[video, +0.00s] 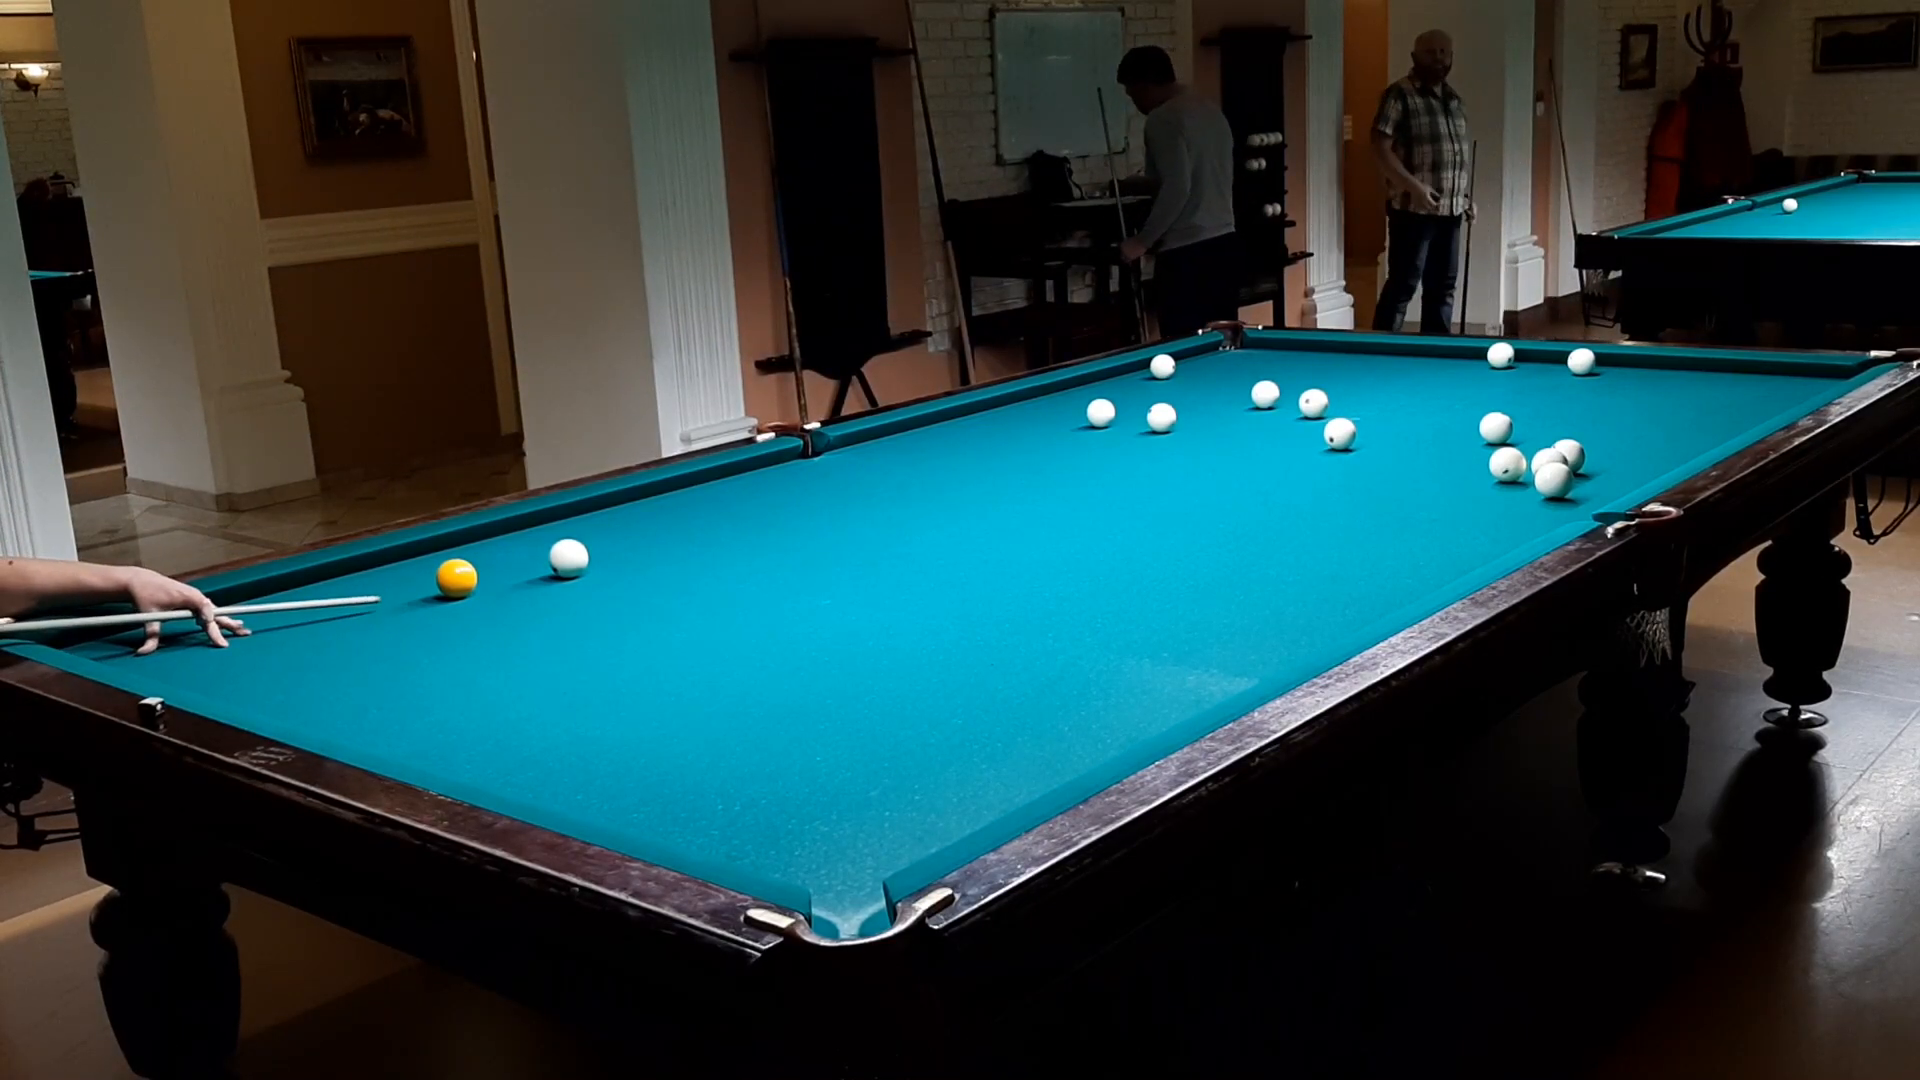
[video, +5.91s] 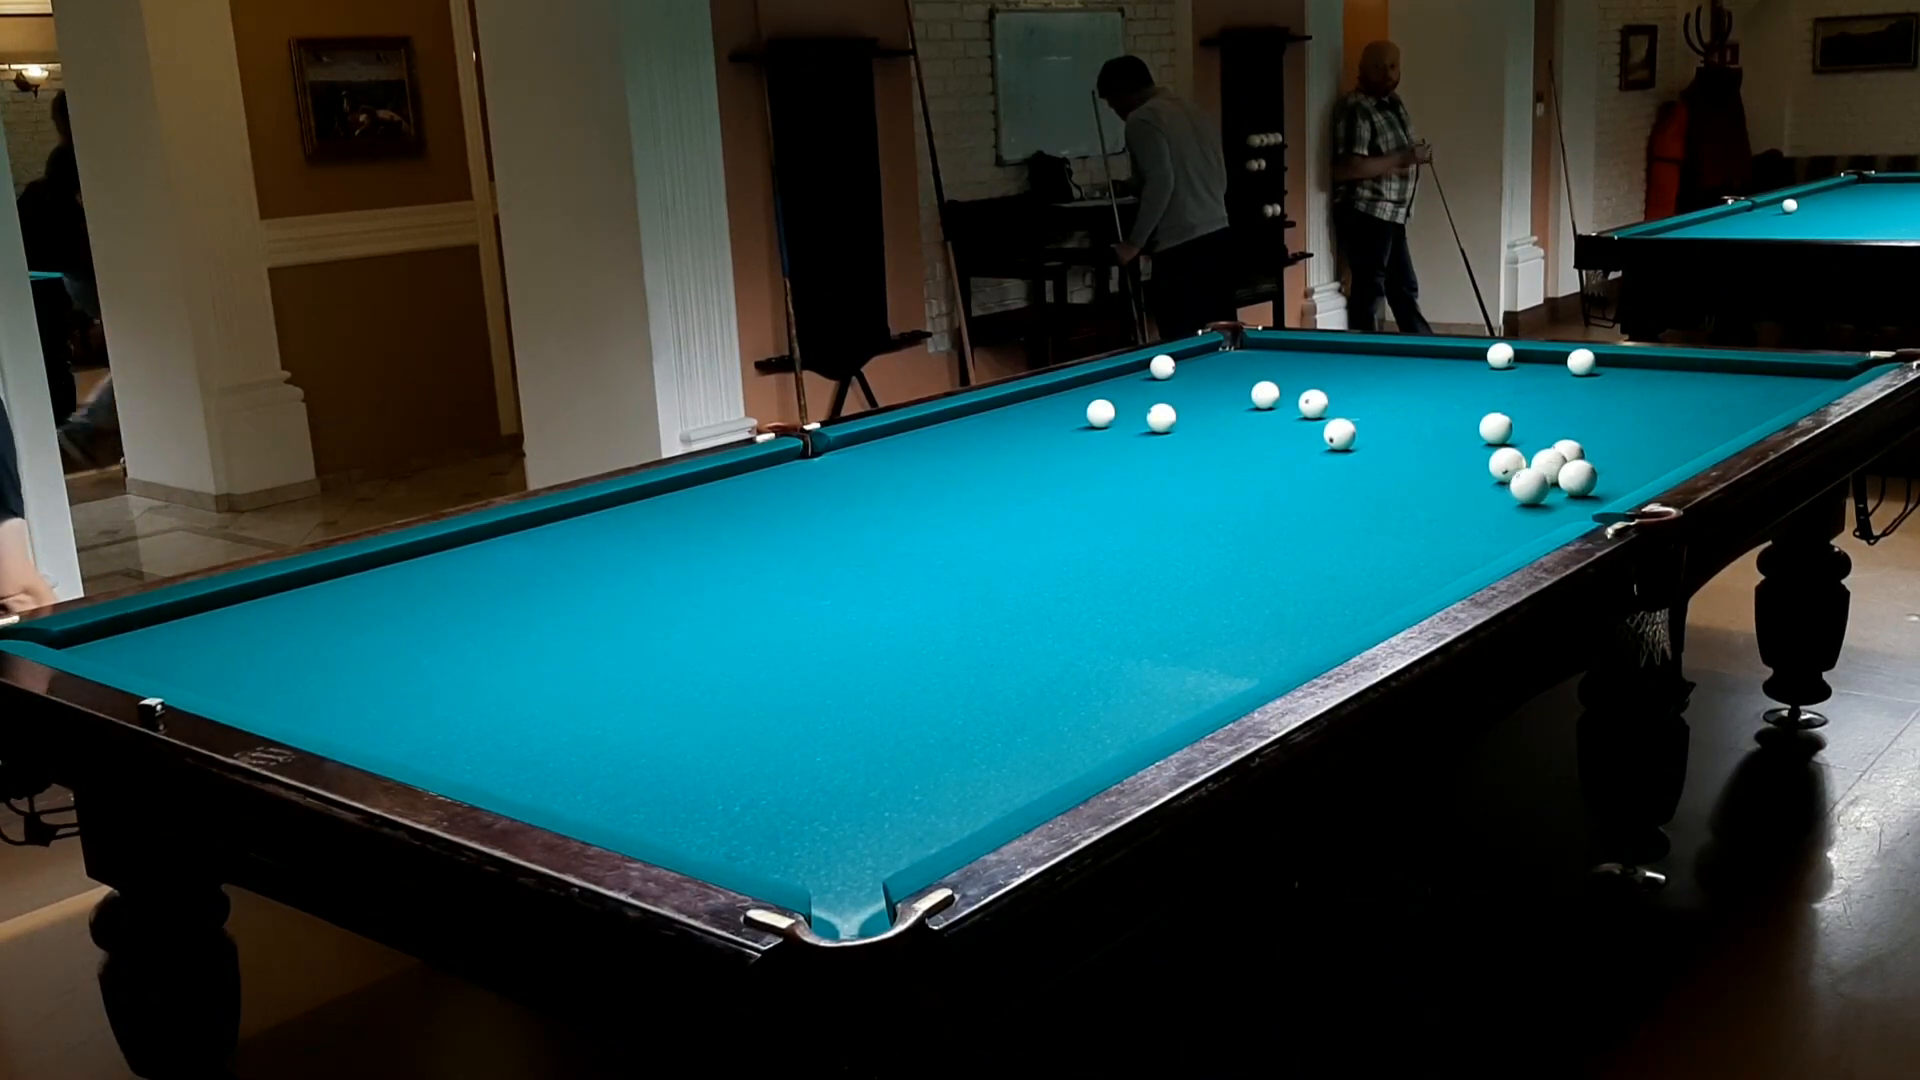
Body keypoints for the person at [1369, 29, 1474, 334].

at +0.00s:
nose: (1439, 59)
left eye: (1444, 53)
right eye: (1430, 53)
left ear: (1452, 57)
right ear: (1415, 57)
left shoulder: (1453, 99)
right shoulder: (1399, 94)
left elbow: (1456, 155)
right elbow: (1380, 149)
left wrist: (1463, 198)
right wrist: (1414, 186)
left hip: (1449, 212)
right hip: (1412, 211)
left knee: (1443, 289)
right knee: (1402, 285)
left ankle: (1436, 355)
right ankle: (1380, 350)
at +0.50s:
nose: (1422, 64)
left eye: (1421, 57)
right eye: (1415, 57)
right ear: (1392, 61)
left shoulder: (1409, 99)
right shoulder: (1374, 102)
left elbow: (1409, 155)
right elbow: (1368, 161)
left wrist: (1439, 167)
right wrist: (1417, 176)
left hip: (1410, 212)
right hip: (1383, 211)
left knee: (1416, 286)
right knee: (1377, 289)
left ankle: (1427, 349)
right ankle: (1370, 353)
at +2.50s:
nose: (1401, 74)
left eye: (1401, 67)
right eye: (1395, 67)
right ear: (1373, 69)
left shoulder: (1393, 103)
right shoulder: (1354, 108)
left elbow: (1388, 154)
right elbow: (1348, 169)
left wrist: (1417, 154)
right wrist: (1399, 154)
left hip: (1390, 217)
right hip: (1363, 216)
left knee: (1404, 290)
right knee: (1366, 292)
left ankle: (1426, 353)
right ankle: (1364, 359)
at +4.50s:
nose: (1401, 78)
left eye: (1403, 71)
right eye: (1395, 71)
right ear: (1375, 70)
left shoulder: (1393, 104)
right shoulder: (1354, 106)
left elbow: (1389, 157)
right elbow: (1352, 167)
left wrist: (1417, 156)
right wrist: (1403, 151)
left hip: (1390, 217)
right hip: (1363, 215)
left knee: (1404, 289)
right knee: (1366, 292)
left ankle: (1426, 353)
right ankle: (1363, 359)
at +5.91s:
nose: (1393, 74)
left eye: (1396, 67)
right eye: (1385, 68)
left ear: (1399, 68)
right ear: (1366, 69)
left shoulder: (1393, 104)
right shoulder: (1355, 107)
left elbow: (1389, 155)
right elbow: (1349, 168)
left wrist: (1413, 155)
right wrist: (1399, 158)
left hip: (1390, 217)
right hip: (1363, 216)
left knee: (1404, 290)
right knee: (1366, 292)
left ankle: (1425, 353)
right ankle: (1363, 359)